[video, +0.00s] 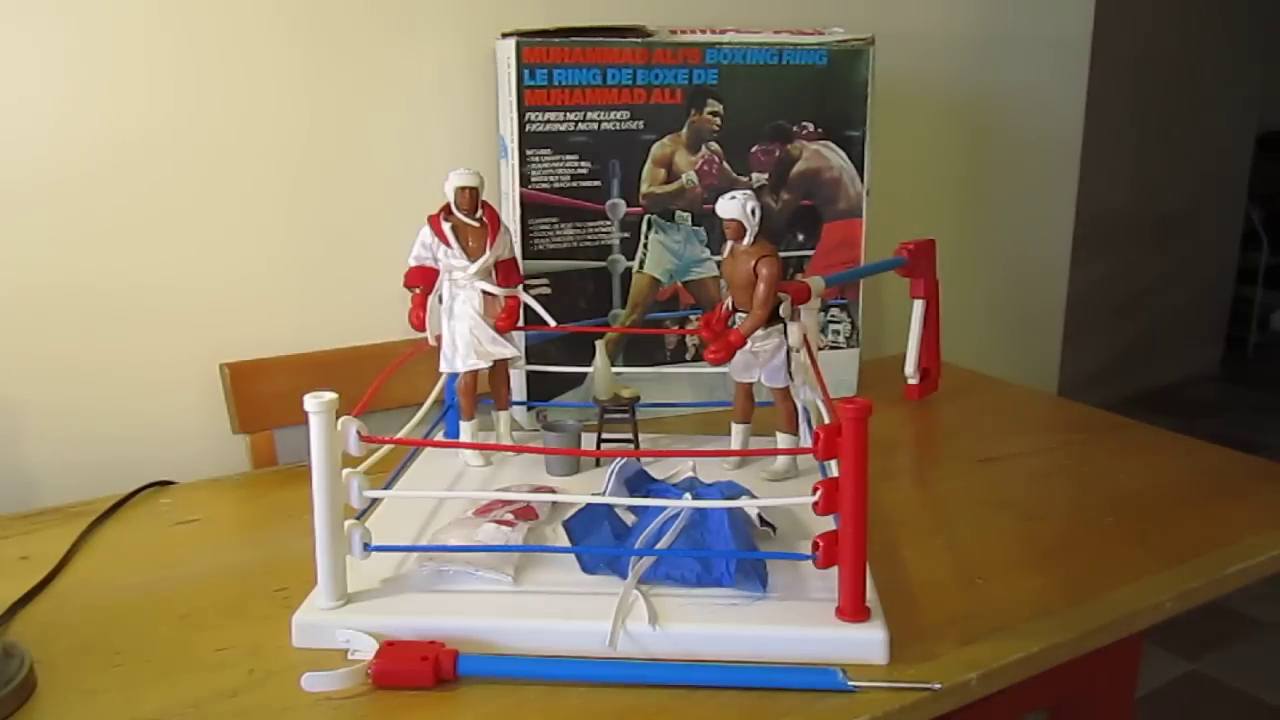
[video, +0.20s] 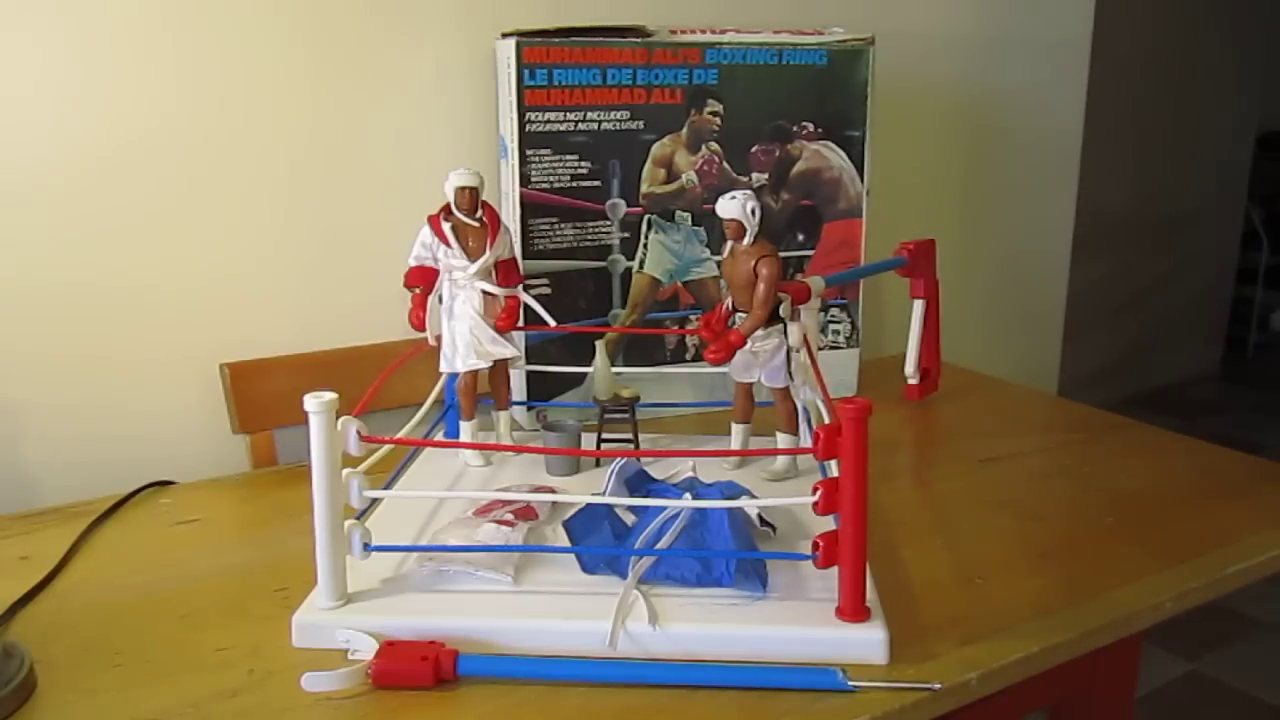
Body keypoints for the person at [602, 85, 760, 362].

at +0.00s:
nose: (719, 122)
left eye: (720, 116)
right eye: (713, 115)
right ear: (693, 115)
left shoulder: (712, 150)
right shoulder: (665, 148)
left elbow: (731, 182)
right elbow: (646, 196)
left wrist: (754, 181)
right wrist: (682, 183)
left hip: (693, 236)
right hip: (660, 234)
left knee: (719, 309)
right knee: (635, 313)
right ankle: (596, 370)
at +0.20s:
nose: (718, 121)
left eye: (720, 116)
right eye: (713, 114)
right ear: (693, 114)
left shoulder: (712, 150)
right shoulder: (665, 148)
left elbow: (730, 182)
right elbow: (646, 196)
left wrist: (755, 181)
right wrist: (683, 183)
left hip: (694, 237)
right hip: (660, 235)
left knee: (720, 309)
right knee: (635, 314)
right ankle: (596, 370)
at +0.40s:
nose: (718, 122)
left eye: (720, 116)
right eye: (713, 115)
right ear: (693, 115)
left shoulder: (712, 150)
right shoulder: (665, 148)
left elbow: (732, 182)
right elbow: (646, 196)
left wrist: (756, 181)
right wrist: (682, 183)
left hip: (693, 236)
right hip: (660, 234)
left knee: (719, 309)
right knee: (635, 313)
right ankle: (596, 370)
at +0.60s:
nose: (718, 122)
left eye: (720, 116)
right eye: (713, 115)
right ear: (693, 114)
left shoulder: (712, 150)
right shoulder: (664, 148)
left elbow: (730, 182)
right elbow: (646, 196)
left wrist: (755, 181)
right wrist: (682, 183)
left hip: (693, 237)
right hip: (660, 234)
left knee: (718, 308)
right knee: (636, 312)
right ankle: (596, 371)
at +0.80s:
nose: (719, 122)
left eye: (720, 116)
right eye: (713, 115)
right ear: (693, 114)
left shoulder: (712, 150)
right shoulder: (664, 148)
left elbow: (730, 181)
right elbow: (647, 197)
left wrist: (754, 181)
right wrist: (683, 182)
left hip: (693, 237)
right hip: (660, 235)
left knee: (718, 309)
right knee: (635, 314)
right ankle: (597, 374)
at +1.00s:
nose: (718, 122)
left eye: (720, 116)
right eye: (713, 115)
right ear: (693, 114)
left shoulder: (711, 150)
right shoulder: (664, 148)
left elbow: (731, 182)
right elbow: (646, 197)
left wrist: (757, 180)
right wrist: (684, 182)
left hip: (693, 236)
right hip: (660, 234)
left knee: (718, 308)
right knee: (635, 313)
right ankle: (596, 370)